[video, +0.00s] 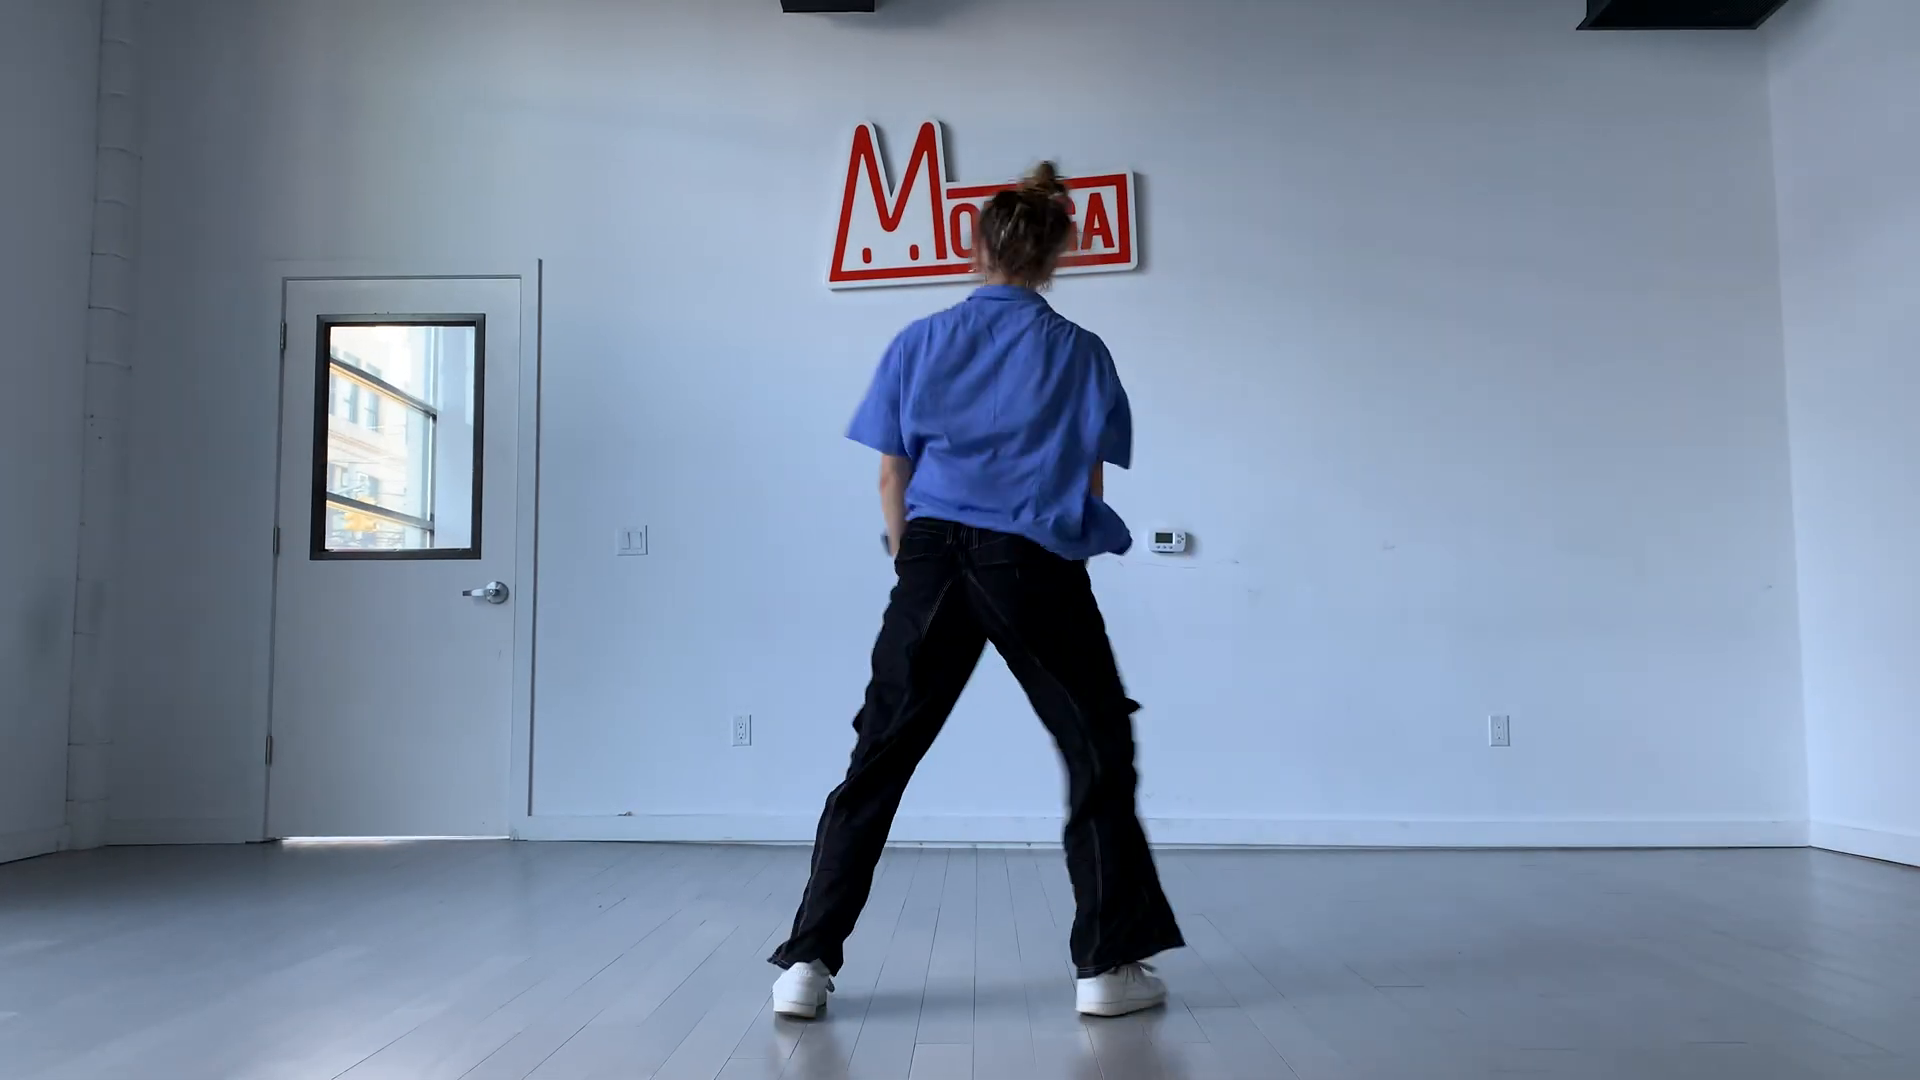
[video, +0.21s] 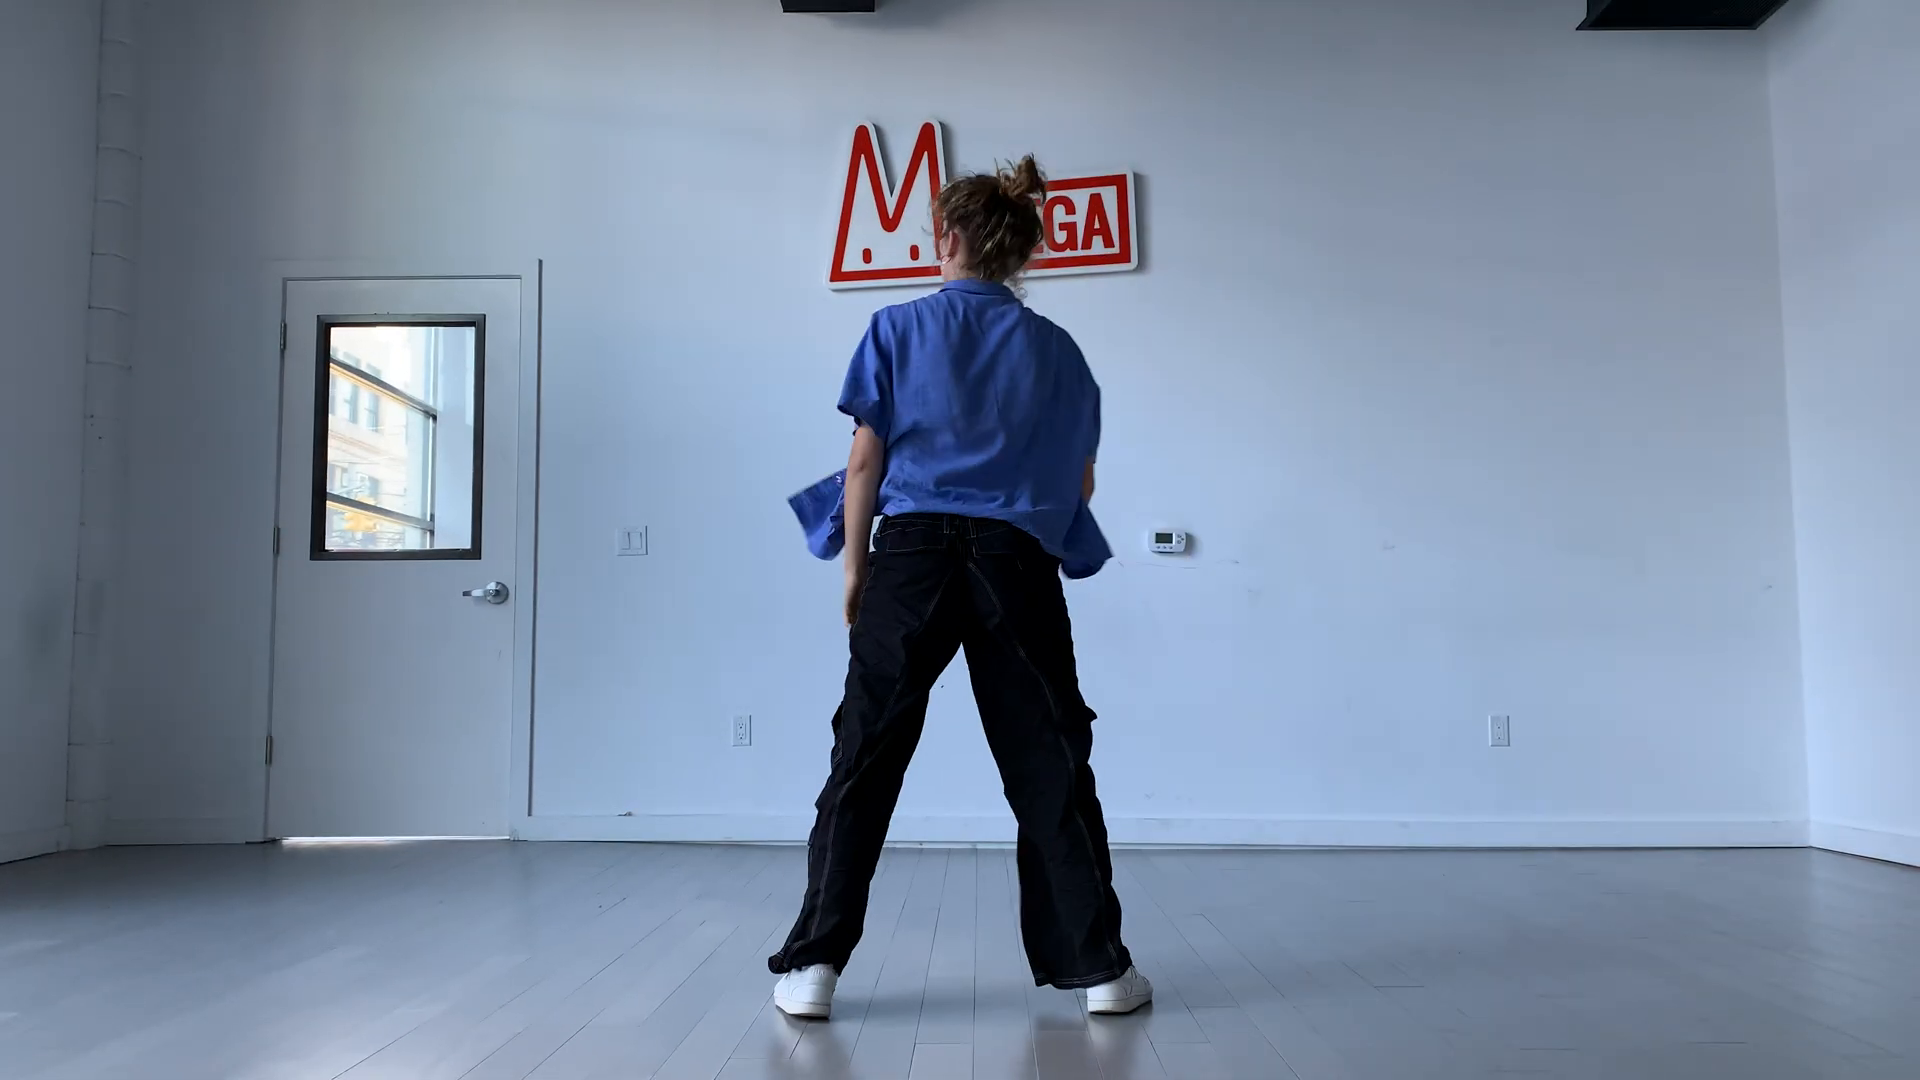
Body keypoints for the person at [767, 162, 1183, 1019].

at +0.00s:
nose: (1063, 257)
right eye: (1065, 248)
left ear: (978, 250)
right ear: (1056, 258)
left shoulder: (922, 340)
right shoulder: (1080, 354)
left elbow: (893, 475)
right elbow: (1089, 482)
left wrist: (911, 562)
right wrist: (1063, 542)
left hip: (933, 568)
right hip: (1036, 573)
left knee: (877, 755)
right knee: (1099, 749)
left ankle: (808, 959)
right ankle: (1108, 965)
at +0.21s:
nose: (935, 247)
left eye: (938, 235)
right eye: (940, 235)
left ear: (952, 242)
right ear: (1023, 253)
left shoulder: (900, 325)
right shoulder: (1062, 353)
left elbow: (866, 458)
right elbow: (1078, 483)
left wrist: (855, 568)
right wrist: (1031, 544)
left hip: (910, 563)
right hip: (1020, 572)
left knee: (865, 757)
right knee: (1054, 762)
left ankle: (812, 964)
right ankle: (1098, 966)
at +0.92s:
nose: (781, 385)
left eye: (799, 370)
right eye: (767, 369)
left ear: (829, 376)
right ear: (753, 374)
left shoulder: (862, 471)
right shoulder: (754, 419)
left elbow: (915, 602)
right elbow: (706, 425)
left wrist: (830, 682)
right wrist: (745, 512)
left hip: (942, 619)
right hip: (877, 618)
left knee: (831, 769)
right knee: (801, 763)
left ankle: (880, 955)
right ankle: (883, 915)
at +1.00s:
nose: (786, 392)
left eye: (802, 376)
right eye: (772, 378)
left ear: (837, 384)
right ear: (757, 390)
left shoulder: (886, 473)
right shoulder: (749, 453)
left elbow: (937, 594)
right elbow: (661, 495)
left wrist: (882, 699)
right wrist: (701, 584)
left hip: (926, 626)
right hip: (842, 629)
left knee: (848, 763)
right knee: (800, 768)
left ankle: (887, 957)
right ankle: (809, 936)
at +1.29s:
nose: (766, 412)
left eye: (782, 394)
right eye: (754, 397)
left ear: (819, 394)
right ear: (744, 403)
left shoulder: (867, 436)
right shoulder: (753, 476)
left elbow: (942, 437)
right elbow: (826, 567)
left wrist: (953, 542)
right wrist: (943, 550)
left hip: (913, 654)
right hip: (819, 659)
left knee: (968, 780)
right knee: (739, 805)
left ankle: (1019, 937)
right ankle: (800, 940)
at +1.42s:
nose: (788, 399)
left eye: (798, 383)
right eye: (772, 388)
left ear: (825, 384)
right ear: (756, 402)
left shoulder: (867, 437)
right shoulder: (765, 470)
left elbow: (849, 340)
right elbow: (820, 536)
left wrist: (789, 368)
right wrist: (917, 506)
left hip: (921, 668)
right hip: (826, 674)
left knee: (1008, 797)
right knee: (700, 790)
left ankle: (1068, 937)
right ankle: (799, 935)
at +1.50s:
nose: (763, 383)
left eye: (776, 367)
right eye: (758, 372)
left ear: (823, 372)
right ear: (758, 384)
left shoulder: (871, 416)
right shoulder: (769, 459)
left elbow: (846, 301)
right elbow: (724, 503)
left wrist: (727, 287)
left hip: (910, 663)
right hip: (820, 662)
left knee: (1003, 798)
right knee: (689, 790)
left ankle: (1072, 930)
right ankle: (789, 929)